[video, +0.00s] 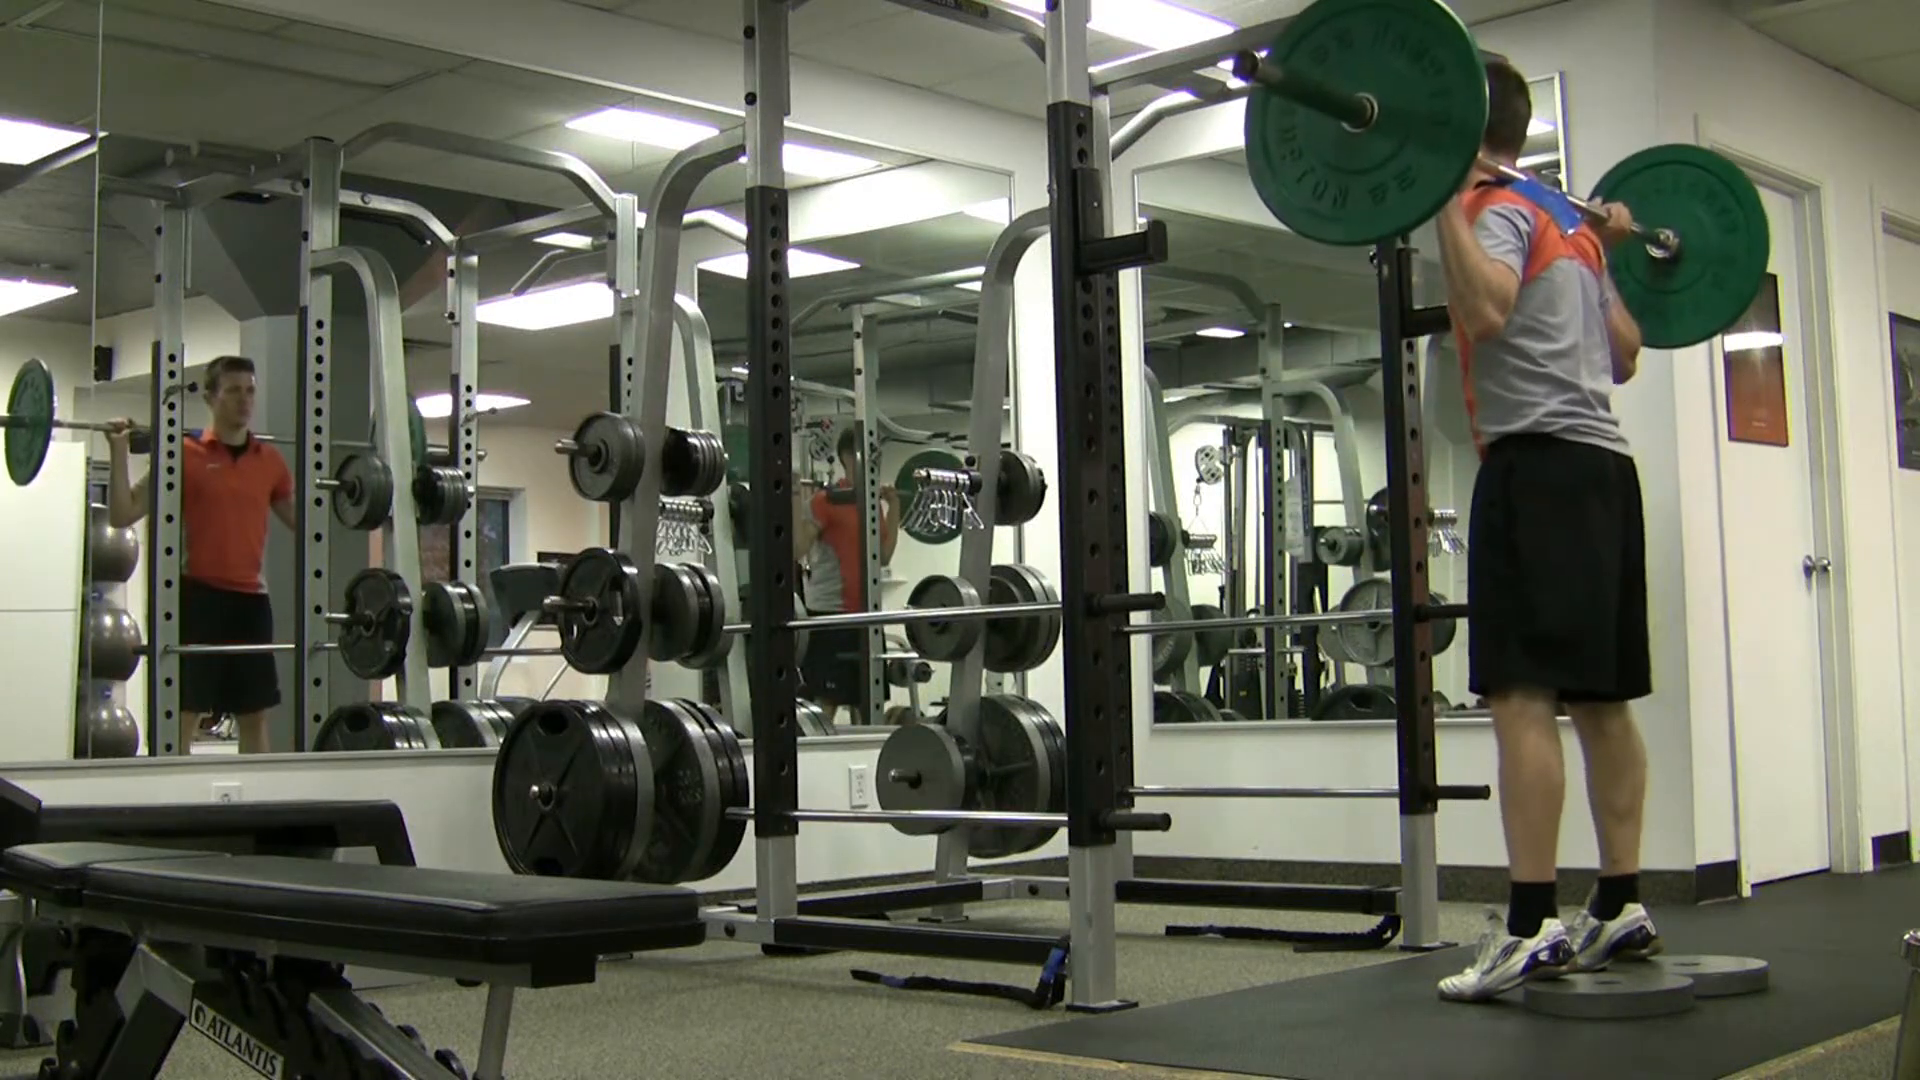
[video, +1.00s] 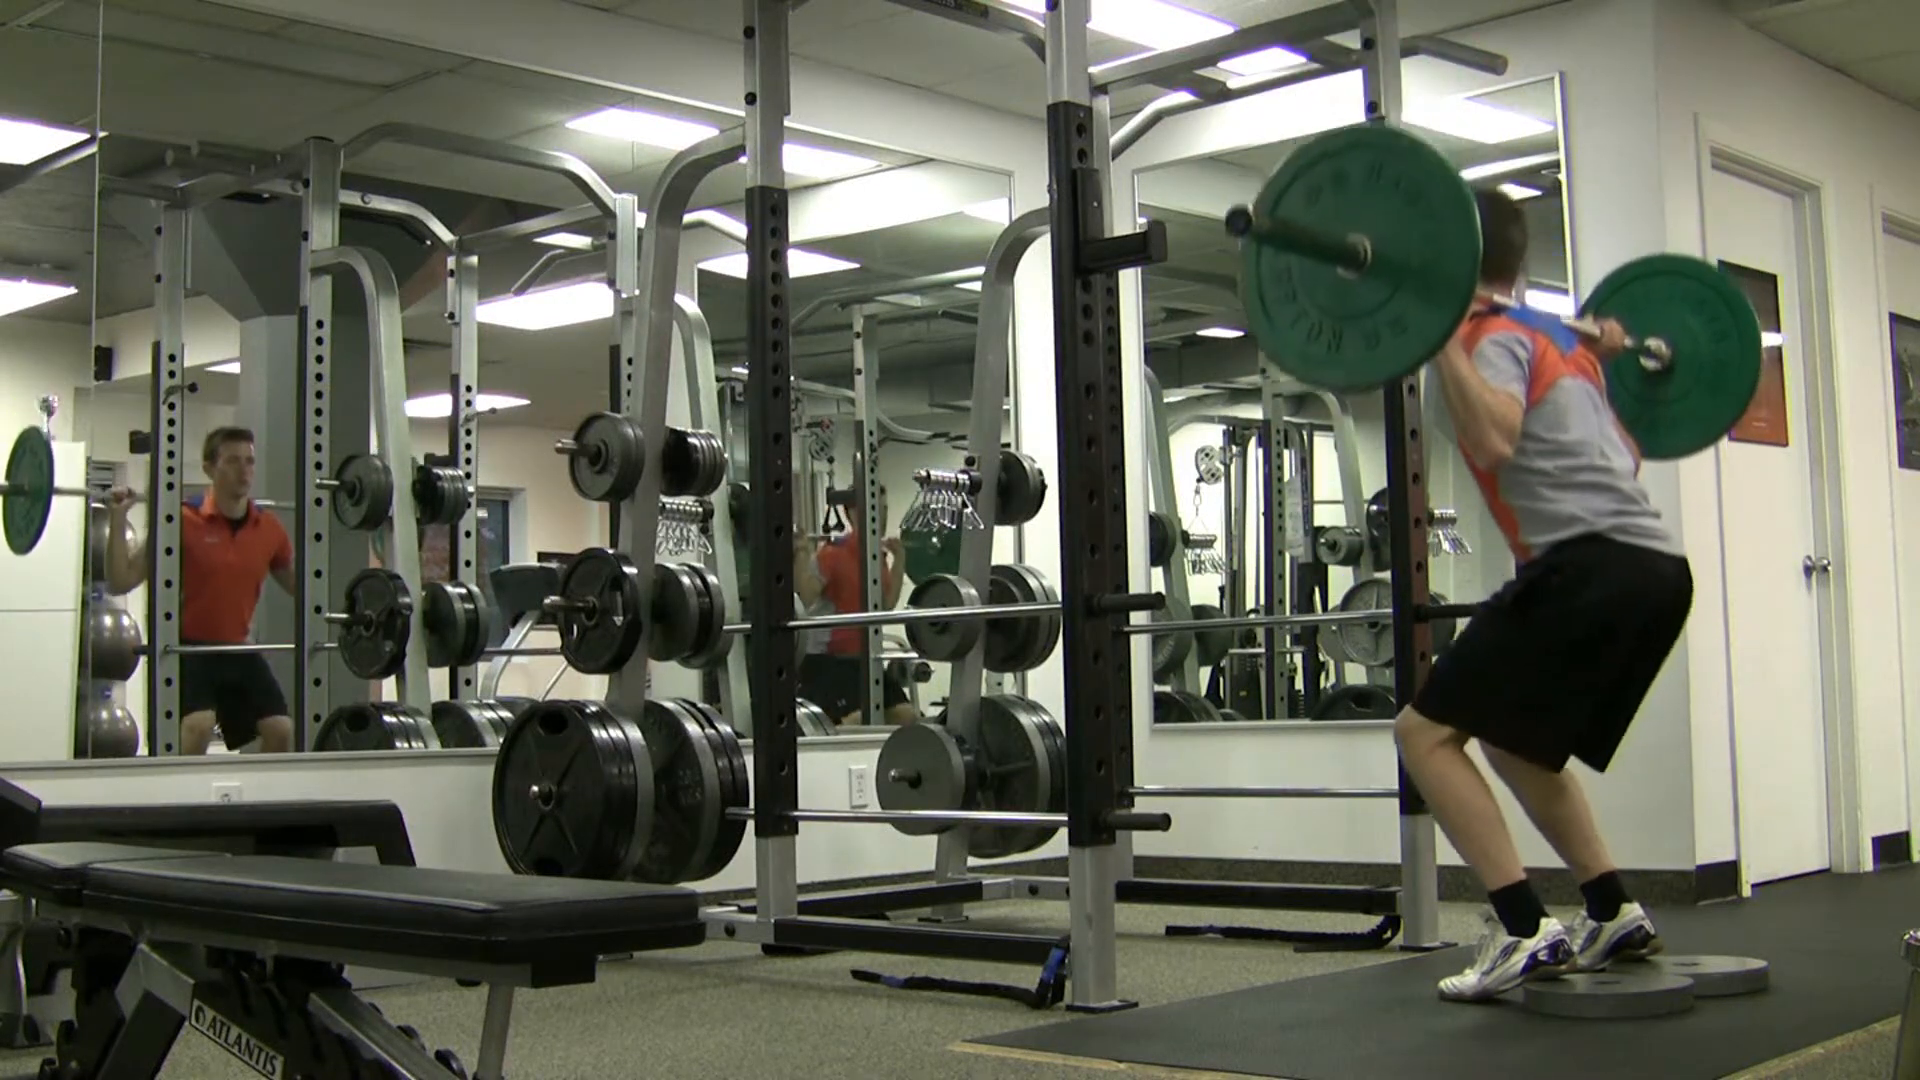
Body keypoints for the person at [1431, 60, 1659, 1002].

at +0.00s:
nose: (1441, 141)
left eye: (1446, 121)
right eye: (1456, 119)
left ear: (1467, 129)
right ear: (1523, 129)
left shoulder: (1495, 206)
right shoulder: (1573, 216)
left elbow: (1487, 312)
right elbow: (1624, 352)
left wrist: (1445, 204)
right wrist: (1608, 245)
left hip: (1534, 470)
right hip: (1602, 469)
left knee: (1519, 700)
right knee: (1601, 700)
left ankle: (1530, 929)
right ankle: (1620, 908)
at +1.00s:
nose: (1435, 276)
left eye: (1441, 259)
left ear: (1454, 263)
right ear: (1518, 266)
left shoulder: (1494, 335)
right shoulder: (1564, 345)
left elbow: (1493, 442)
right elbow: (1625, 450)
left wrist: (1440, 339)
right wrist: (1598, 357)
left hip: (1585, 566)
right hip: (1656, 572)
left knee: (1423, 731)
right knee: (1517, 741)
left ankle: (1524, 930)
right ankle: (1615, 912)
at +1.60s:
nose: (1429, 396)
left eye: (1435, 382)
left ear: (1447, 390)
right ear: (1520, 393)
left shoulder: (1498, 462)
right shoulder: (1564, 459)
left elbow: (1503, 578)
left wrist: (1442, 476)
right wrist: (1602, 471)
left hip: (1611, 674)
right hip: (1682, 683)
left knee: (1406, 748)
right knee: (1509, 773)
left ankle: (1523, 929)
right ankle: (1613, 914)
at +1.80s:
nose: (1431, 421)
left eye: (1436, 408)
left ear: (1446, 418)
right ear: (1521, 422)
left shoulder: (1497, 494)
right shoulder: (1564, 487)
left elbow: (1502, 610)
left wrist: (1437, 502)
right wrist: (1599, 497)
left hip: (1617, 699)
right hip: (1683, 710)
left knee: (1403, 750)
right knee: (1507, 777)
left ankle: (1523, 929)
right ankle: (1611, 913)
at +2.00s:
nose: (1429, 432)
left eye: (1433, 418)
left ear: (1445, 429)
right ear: (1517, 434)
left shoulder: (1495, 506)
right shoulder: (1560, 498)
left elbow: (1500, 620)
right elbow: (1583, 561)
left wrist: (1433, 513)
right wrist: (1597, 509)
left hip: (1617, 709)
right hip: (1684, 721)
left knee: (1402, 751)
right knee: (1503, 774)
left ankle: (1523, 930)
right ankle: (1611, 913)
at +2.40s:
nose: (1427, 369)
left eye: (1431, 355)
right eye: (1428, 356)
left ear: (1448, 363)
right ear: (1512, 366)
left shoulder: (1494, 434)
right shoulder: (1558, 434)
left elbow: (1493, 546)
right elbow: (1586, 514)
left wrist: (1432, 443)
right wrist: (1594, 448)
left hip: (1606, 642)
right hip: (1682, 647)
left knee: (1413, 744)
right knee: (1513, 765)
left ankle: (1523, 928)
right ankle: (1612, 912)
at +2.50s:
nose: (1427, 348)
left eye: (1431, 333)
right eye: (1427, 335)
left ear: (1450, 339)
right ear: (1511, 340)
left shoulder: (1493, 407)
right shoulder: (1557, 409)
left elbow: (1492, 521)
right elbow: (1603, 504)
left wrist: (1431, 419)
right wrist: (1592, 422)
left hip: (1601, 620)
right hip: (1677, 622)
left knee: (1416, 739)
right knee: (1511, 761)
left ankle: (1522, 927)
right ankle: (1613, 911)